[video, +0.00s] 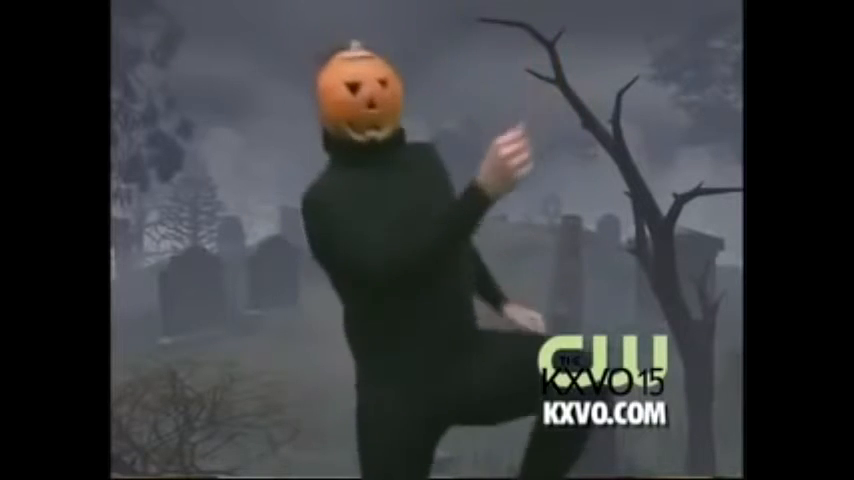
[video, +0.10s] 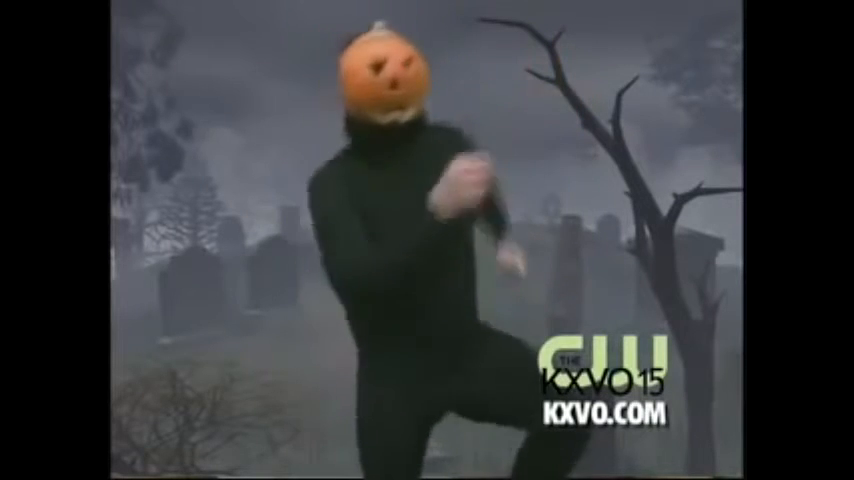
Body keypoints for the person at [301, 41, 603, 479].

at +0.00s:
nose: (370, 97)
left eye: (381, 83)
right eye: (350, 88)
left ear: (400, 94)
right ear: (325, 110)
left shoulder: (423, 162)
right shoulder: (326, 200)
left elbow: (452, 242)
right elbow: (385, 272)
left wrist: (501, 302)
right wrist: (482, 192)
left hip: (464, 361)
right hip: (394, 385)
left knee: (581, 373)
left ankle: (536, 474)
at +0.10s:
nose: (396, 81)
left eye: (405, 69)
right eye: (378, 75)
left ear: (424, 93)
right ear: (353, 107)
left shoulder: (447, 149)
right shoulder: (334, 184)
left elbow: (481, 191)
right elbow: (358, 280)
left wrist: (503, 240)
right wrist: (437, 212)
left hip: (466, 352)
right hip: (393, 372)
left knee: (576, 406)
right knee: (389, 470)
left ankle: (527, 475)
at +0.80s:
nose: (525, 76)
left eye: (538, 69)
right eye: (511, 65)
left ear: (549, 88)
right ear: (480, 78)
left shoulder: (547, 158)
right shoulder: (443, 142)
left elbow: (510, 232)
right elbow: (396, 216)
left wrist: (431, 167)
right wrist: (353, 243)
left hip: (485, 335)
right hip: (416, 316)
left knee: (482, 471)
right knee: (337, 369)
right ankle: (411, 469)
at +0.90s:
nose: (536, 88)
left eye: (548, 82)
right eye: (522, 78)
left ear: (557, 102)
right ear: (494, 89)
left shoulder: (550, 167)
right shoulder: (453, 154)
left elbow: (496, 204)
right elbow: (403, 231)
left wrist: (406, 179)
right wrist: (346, 247)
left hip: (479, 342)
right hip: (410, 317)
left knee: (479, 471)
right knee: (315, 341)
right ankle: (364, 469)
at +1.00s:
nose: (540, 105)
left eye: (551, 98)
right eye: (526, 93)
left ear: (559, 116)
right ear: (495, 101)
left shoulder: (552, 185)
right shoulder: (454, 167)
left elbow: (486, 209)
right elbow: (403, 244)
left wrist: (408, 184)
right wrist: (347, 255)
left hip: (479, 355)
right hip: (410, 332)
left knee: (480, 471)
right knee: (308, 348)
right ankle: (314, 473)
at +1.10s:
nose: (542, 100)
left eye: (553, 94)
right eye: (528, 87)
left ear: (557, 119)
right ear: (491, 97)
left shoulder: (545, 191)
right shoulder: (443, 159)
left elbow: (499, 231)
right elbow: (401, 229)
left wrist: (423, 176)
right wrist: (357, 260)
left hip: (475, 353)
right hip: (405, 331)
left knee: (480, 471)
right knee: (312, 366)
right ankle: (326, 474)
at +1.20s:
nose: (525, 82)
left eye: (537, 77)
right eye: (512, 68)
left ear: (545, 101)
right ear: (477, 80)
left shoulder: (535, 174)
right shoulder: (422, 141)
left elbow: (514, 239)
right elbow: (387, 186)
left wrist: (447, 169)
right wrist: (371, 234)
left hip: (463, 333)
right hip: (390, 317)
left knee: (474, 464)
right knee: (338, 418)